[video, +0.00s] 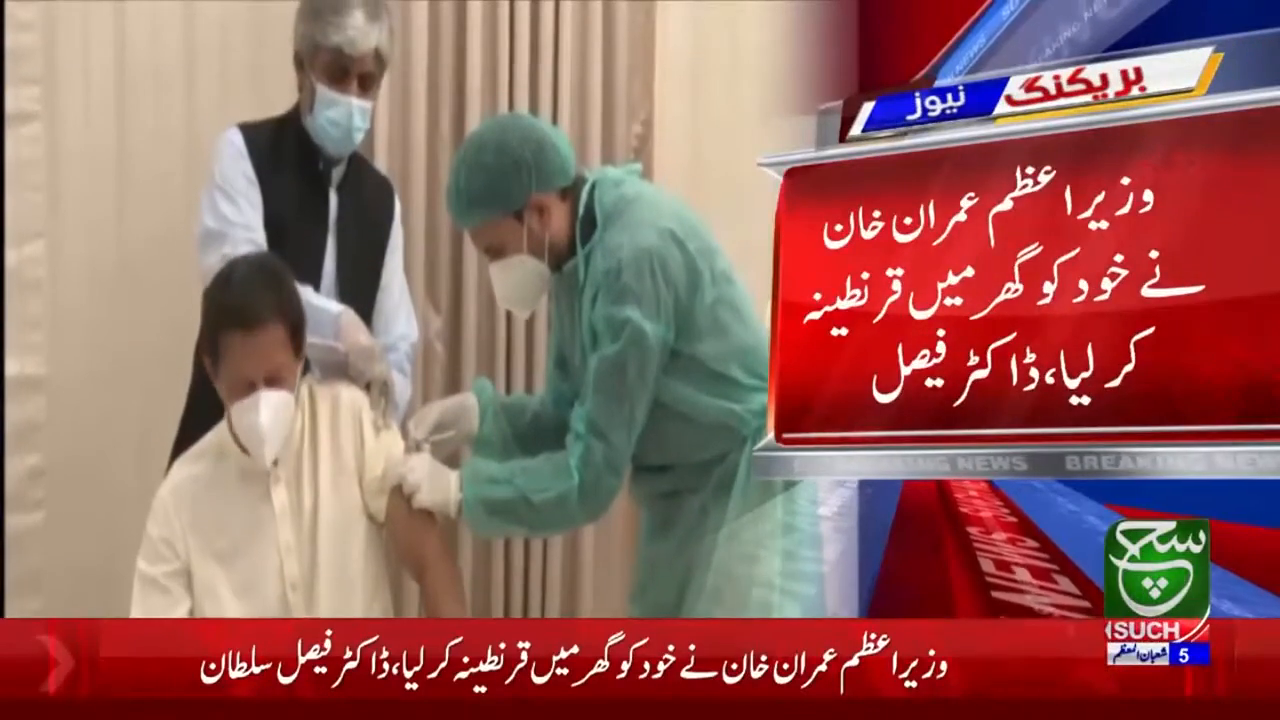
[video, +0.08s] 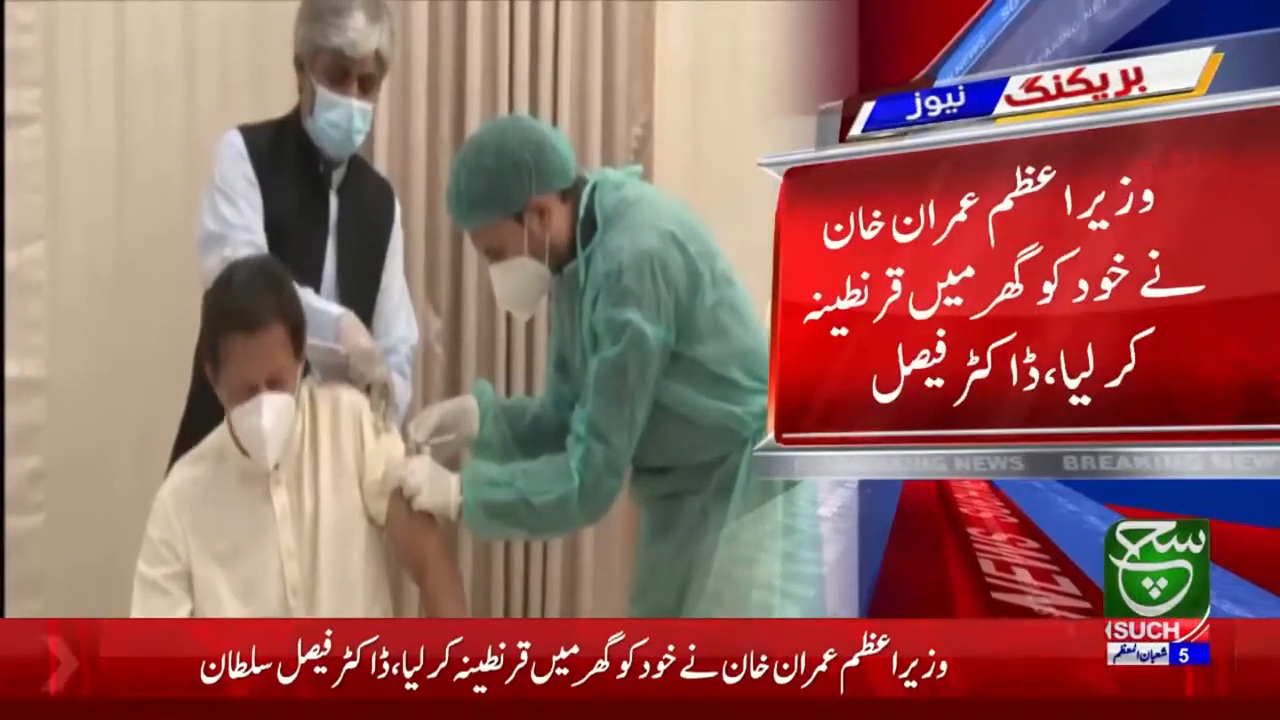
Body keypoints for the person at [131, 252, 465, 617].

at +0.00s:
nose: (263, 400)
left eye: (275, 380)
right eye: (244, 387)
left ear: (299, 359)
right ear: (210, 372)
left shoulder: (347, 418)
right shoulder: (184, 492)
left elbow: (426, 552)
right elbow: (157, 633)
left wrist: (456, 651)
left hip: (359, 667)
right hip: (240, 681)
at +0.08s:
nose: (265, 404)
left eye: (277, 382)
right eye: (247, 391)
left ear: (299, 362)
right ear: (212, 379)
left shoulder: (347, 421)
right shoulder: (185, 493)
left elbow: (426, 555)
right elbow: (157, 633)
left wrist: (456, 653)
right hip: (240, 681)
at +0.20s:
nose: (272, 402)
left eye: (282, 380)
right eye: (252, 390)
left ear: (302, 363)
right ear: (212, 380)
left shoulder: (347, 423)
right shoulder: (185, 495)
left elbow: (427, 559)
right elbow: (157, 635)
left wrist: (458, 655)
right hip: (240, 684)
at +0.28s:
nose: (288, 400)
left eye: (295, 377)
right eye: (266, 390)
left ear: (309, 363)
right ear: (222, 392)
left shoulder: (347, 423)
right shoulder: (185, 497)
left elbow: (428, 558)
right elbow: (156, 640)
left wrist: (459, 659)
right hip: (242, 688)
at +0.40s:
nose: (295, 397)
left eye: (300, 375)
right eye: (274, 386)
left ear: (311, 361)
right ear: (225, 396)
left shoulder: (348, 424)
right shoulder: (185, 499)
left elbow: (428, 559)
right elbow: (156, 645)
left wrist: (458, 662)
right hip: (242, 692)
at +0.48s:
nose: (306, 391)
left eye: (307, 369)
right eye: (285, 383)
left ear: (313, 355)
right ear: (232, 401)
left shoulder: (349, 425)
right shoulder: (186, 500)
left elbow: (429, 559)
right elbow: (157, 644)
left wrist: (459, 663)